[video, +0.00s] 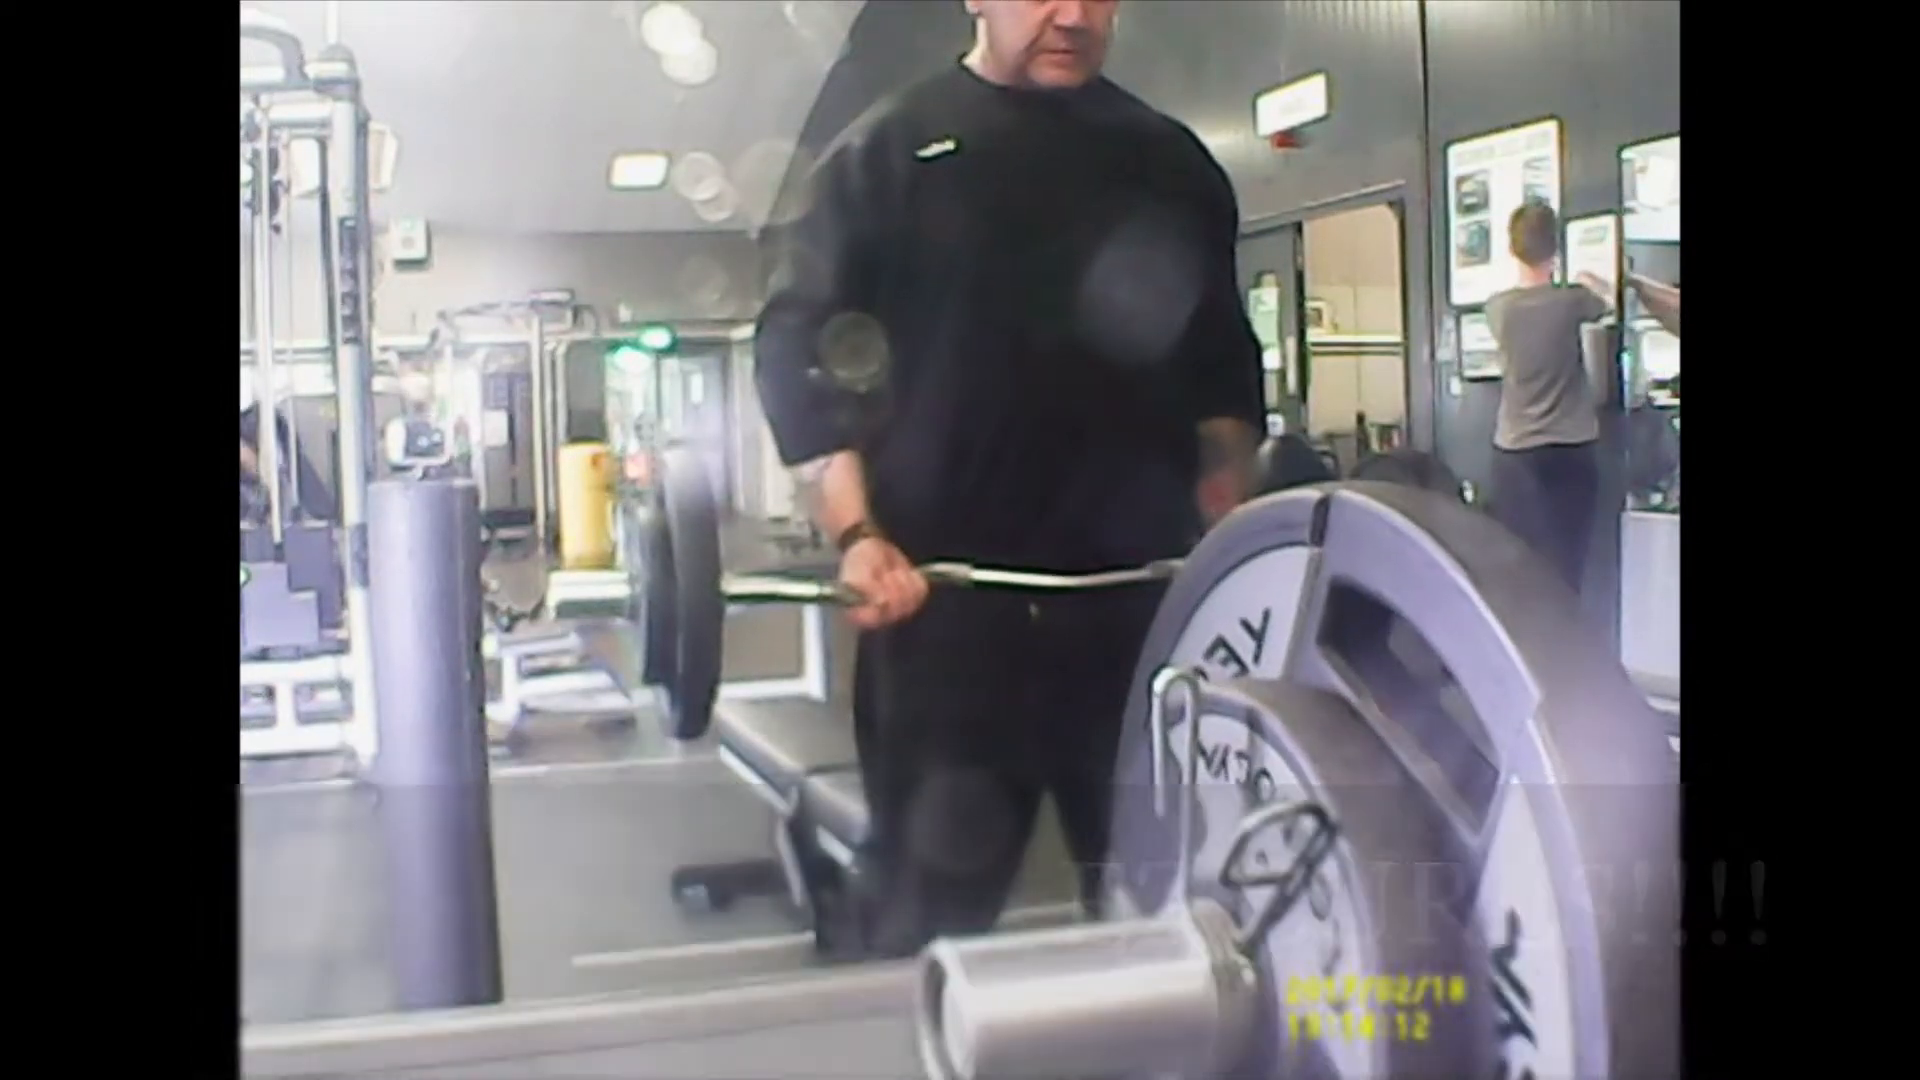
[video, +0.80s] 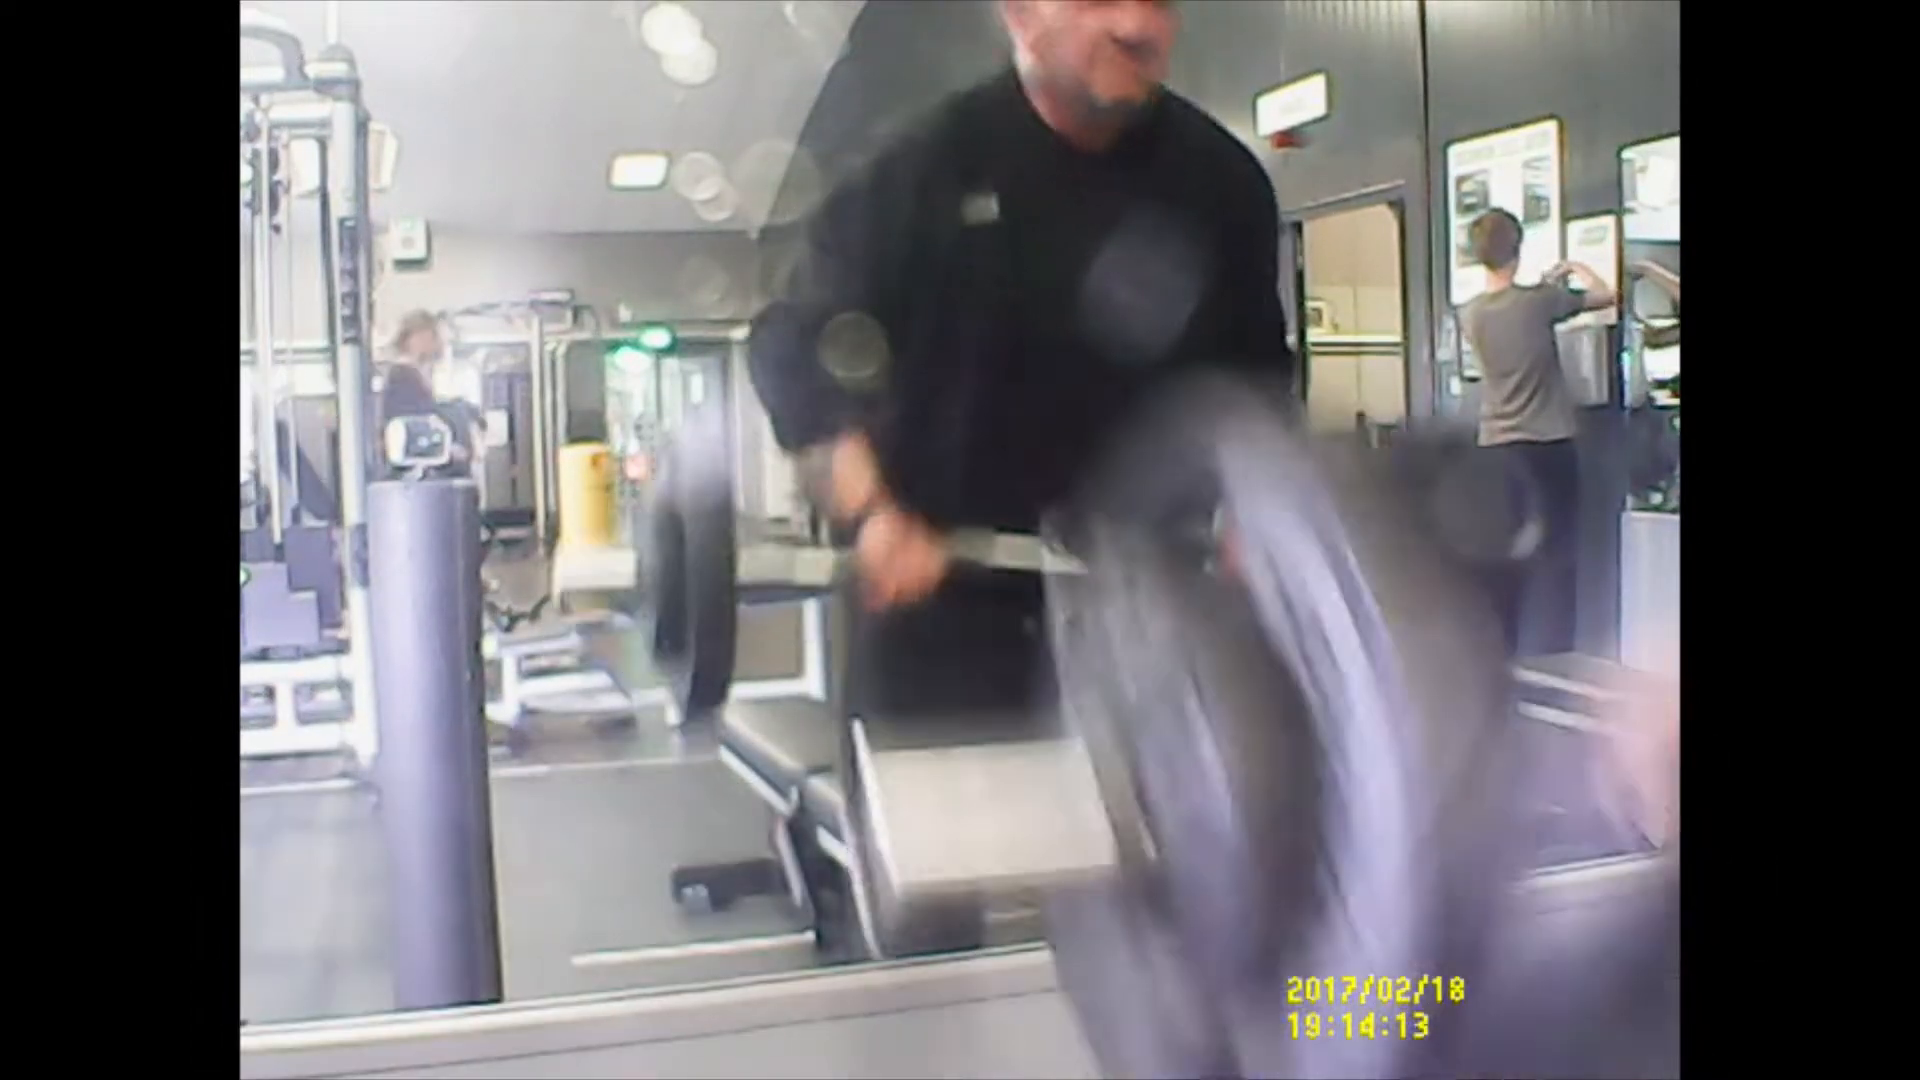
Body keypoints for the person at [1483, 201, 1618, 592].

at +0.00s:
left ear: (1512, 250)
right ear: (1556, 248)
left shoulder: (1497, 307)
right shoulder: (1573, 300)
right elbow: (1604, 305)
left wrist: (1550, 286)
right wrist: (1589, 284)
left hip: (1515, 449)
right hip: (1571, 447)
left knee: (1520, 557)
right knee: (1566, 562)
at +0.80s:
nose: (1515, 252)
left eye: (1496, 247)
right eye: (1516, 245)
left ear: (1477, 255)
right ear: (1518, 251)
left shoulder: (1472, 314)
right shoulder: (1539, 301)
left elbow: (1511, 311)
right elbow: (1606, 298)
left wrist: (1549, 282)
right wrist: (1579, 268)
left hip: (1496, 441)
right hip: (1548, 438)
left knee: (1503, 539)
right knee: (1557, 541)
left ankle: (1500, 645)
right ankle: (1552, 651)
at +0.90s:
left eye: (1485, 251)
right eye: (1510, 248)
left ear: (1478, 256)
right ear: (1519, 251)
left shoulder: (1468, 315)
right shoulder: (1539, 302)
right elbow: (1605, 298)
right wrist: (1578, 270)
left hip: (1483, 432)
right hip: (1534, 430)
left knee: (1484, 543)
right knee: (1531, 538)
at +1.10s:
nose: (1522, 257)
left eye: (1518, 249)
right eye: (1521, 250)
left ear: (1480, 259)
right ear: (1519, 255)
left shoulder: (1468, 314)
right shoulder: (1542, 300)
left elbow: (1476, 357)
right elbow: (1600, 301)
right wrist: (1587, 278)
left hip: (1495, 449)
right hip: (1548, 445)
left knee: (1496, 555)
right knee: (1550, 554)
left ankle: (1492, 662)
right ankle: (1546, 667)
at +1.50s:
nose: (1528, 253)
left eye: (1526, 245)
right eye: (1525, 246)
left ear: (1482, 263)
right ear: (1520, 257)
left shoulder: (1472, 311)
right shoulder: (1541, 301)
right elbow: (1607, 299)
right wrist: (1597, 278)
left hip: (1495, 453)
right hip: (1548, 448)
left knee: (1499, 560)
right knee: (1552, 557)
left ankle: (1495, 666)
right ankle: (1549, 671)